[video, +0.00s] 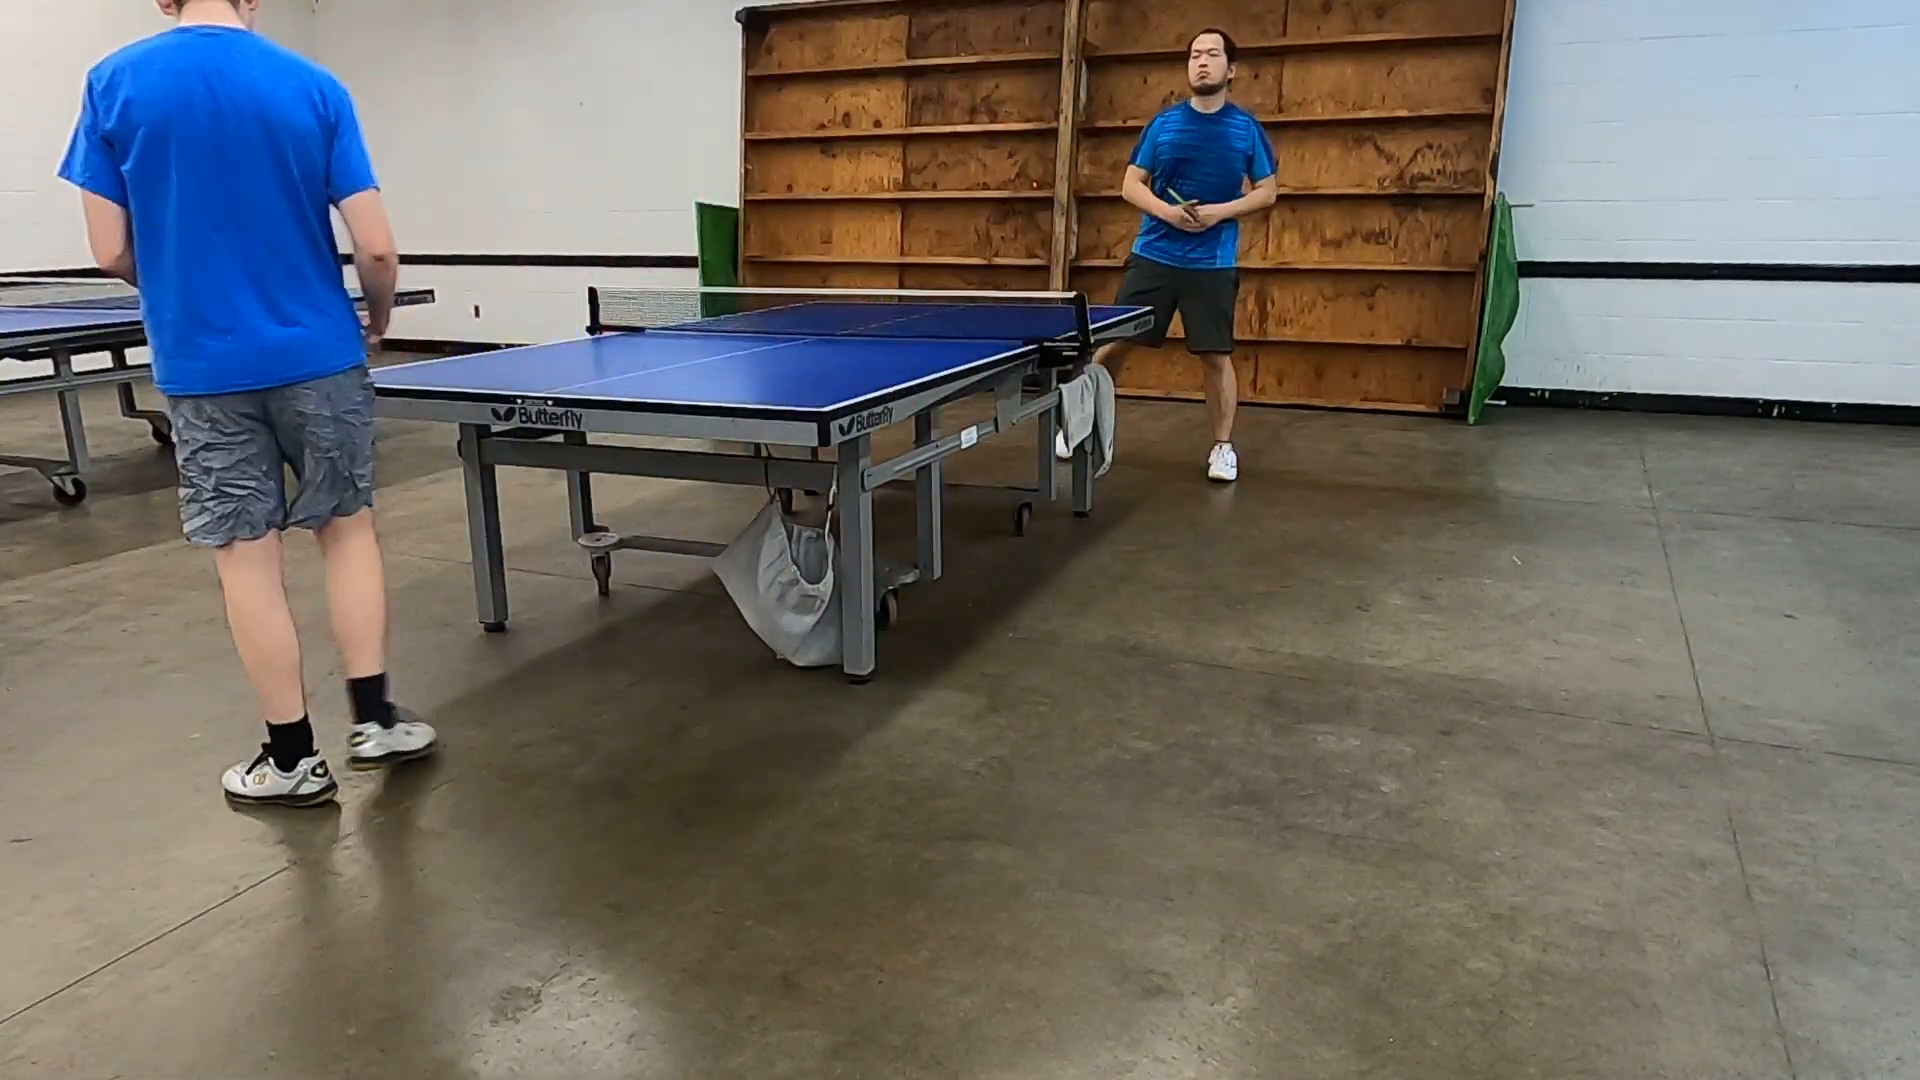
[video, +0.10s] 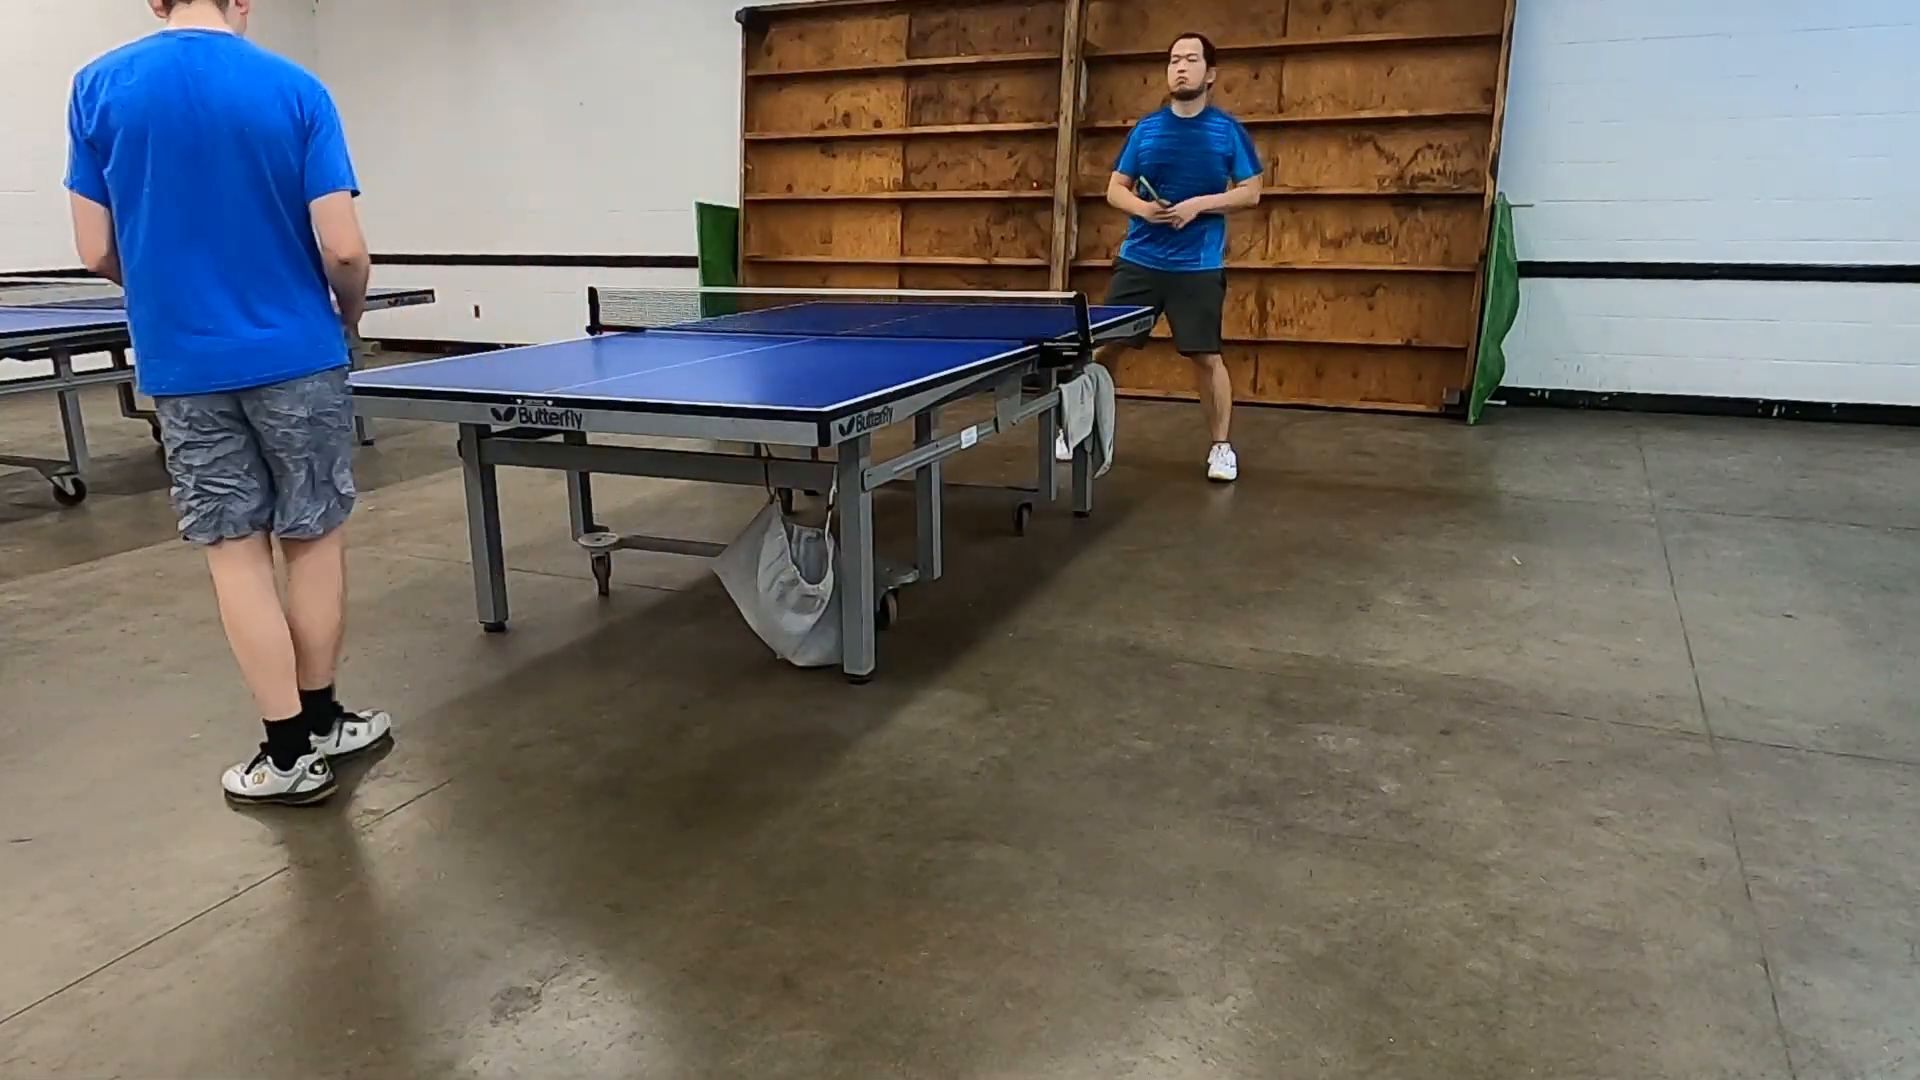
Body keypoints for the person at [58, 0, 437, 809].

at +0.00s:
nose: (157, 20)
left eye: (157, 14)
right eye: (257, 12)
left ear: (163, 7)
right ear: (250, 5)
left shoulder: (117, 80)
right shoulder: (311, 83)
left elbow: (113, 252)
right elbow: (378, 250)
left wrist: (178, 280)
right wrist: (376, 316)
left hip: (202, 364)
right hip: (314, 352)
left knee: (247, 556)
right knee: (347, 523)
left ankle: (294, 757)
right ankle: (375, 719)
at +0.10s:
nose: (252, 19)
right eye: (252, 14)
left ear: (156, 7)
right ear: (242, 8)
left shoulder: (101, 84)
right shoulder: (291, 85)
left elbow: (98, 252)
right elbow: (345, 253)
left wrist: (166, 279)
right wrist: (347, 311)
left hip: (182, 366)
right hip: (294, 355)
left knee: (235, 550)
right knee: (311, 538)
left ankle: (290, 753)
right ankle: (320, 722)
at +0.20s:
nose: (246, 27)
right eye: (248, 18)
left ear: (151, 9)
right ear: (237, 11)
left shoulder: (94, 89)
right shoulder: (282, 96)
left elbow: (85, 251)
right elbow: (331, 261)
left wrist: (156, 267)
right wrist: (338, 316)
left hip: (172, 368)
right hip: (278, 360)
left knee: (216, 544)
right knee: (302, 541)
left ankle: (276, 731)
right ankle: (313, 719)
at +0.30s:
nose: (240, 26)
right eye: (242, 17)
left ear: (145, 10)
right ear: (232, 13)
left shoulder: (85, 92)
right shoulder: (269, 102)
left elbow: (76, 252)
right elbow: (318, 262)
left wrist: (151, 252)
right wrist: (333, 318)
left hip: (165, 366)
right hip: (271, 359)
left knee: (191, 520)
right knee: (300, 534)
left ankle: (233, 690)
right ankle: (309, 726)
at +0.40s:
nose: (230, 26)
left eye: (225, 18)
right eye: (231, 17)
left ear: (134, 9)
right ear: (219, 11)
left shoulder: (70, 91)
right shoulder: (249, 98)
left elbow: (62, 249)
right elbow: (298, 258)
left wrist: (132, 246)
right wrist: (324, 316)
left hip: (146, 361)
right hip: (250, 355)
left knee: (177, 509)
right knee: (287, 530)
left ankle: (177, 699)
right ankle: (306, 724)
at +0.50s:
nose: (215, 29)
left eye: (212, 19)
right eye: (215, 17)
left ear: (120, 10)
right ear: (201, 10)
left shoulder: (55, 96)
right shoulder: (225, 98)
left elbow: (44, 250)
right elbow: (268, 256)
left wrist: (124, 259)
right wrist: (309, 316)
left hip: (130, 367)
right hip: (231, 360)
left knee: (157, 525)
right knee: (276, 534)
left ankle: (129, 715)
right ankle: (305, 724)